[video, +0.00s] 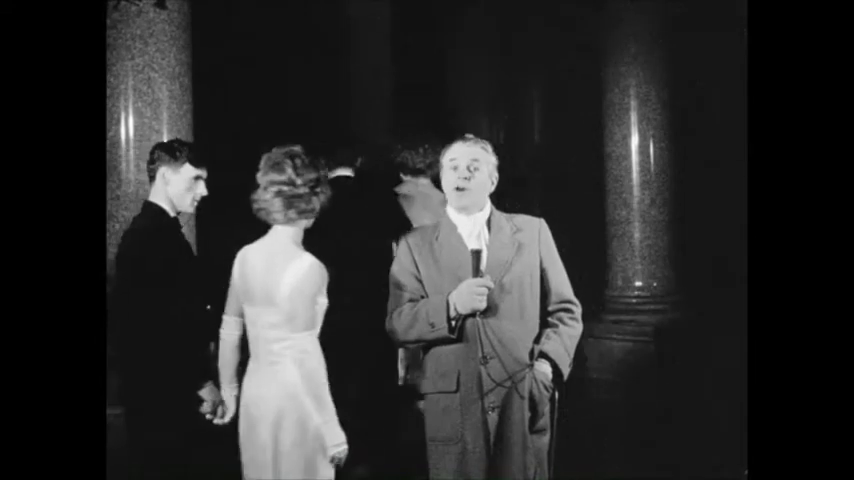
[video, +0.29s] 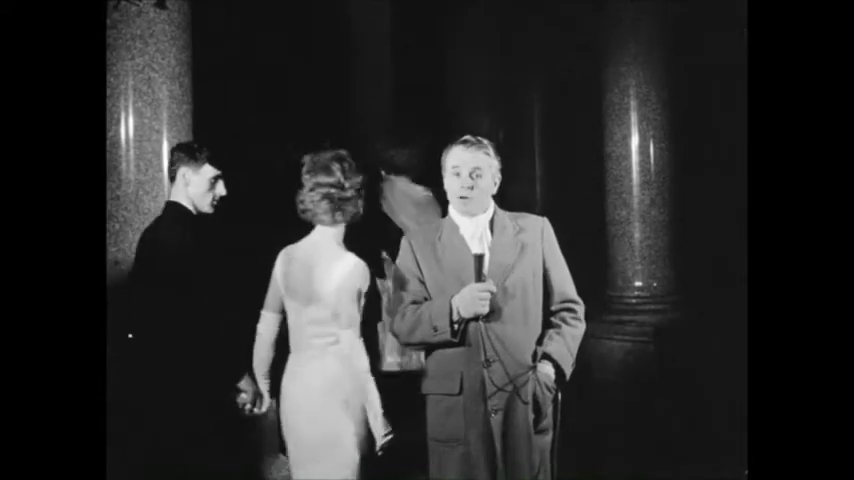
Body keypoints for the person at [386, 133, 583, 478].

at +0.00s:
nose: (462, 172)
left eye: (474, 165)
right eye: (453, 164)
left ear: (493, 180)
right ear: (440, 179)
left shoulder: (532, 232)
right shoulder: (414, 245)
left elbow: (565, 310)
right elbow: (397, 322)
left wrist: (547, 362)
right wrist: (450, 305)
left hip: (520, 401)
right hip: (447, 404)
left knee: (523, 475)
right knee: (451, 474)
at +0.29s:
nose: (465, 183)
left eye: (477, 173)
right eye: (456, 173)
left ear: (496, 181)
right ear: (443, 182)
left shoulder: (535, 231)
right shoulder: (418, 242)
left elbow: (568, 309)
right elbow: (402, 320)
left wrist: (550, 364)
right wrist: (453, 309)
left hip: (523, 397)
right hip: (453, 400)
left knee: (527, 474)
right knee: (456, 474)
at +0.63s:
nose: (472, 188)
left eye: (483, 178)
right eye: (462, 178)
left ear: (501, 182)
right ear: (449, 182)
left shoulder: (540, 232)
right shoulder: (421, 244)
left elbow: (572, 311)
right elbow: (406, 320)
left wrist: (551, 366)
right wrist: (453, 308)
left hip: (525, 400)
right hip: (453, 401)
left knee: (527, 475)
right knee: (455, 475)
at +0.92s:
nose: (473, 187)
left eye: (484, 177)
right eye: (464, 177)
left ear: (503, 182)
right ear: (451, 182)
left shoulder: (542, 232)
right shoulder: (423, 243)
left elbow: (574, 311)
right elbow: (407, 321)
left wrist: (552, 366)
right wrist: (454, 309)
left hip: (525, 400)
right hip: (455, 401)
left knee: (527, 475)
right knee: (457, 475)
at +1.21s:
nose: (474, 187)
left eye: (485, 177)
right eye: (464, 177)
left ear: (503, 182)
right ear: (451, 182)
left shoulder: (542, 232)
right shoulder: (424, 244)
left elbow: (574, 311)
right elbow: (407, 321)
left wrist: (553, 366)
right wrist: (455, 309)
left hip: (526, 400)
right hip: (456, 401)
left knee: (528, 475)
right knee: (457, 474)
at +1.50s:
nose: (479, 178)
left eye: (492, 172)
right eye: (470, 168)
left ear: (507, 183)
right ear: (453, 176)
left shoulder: (542, 233)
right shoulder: (424, 244)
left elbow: (574, 311)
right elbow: (409, 323)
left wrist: (553, 364)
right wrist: (455, 303)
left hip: (526, 398)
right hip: (456, 399)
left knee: (527, 475)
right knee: (456, 474)